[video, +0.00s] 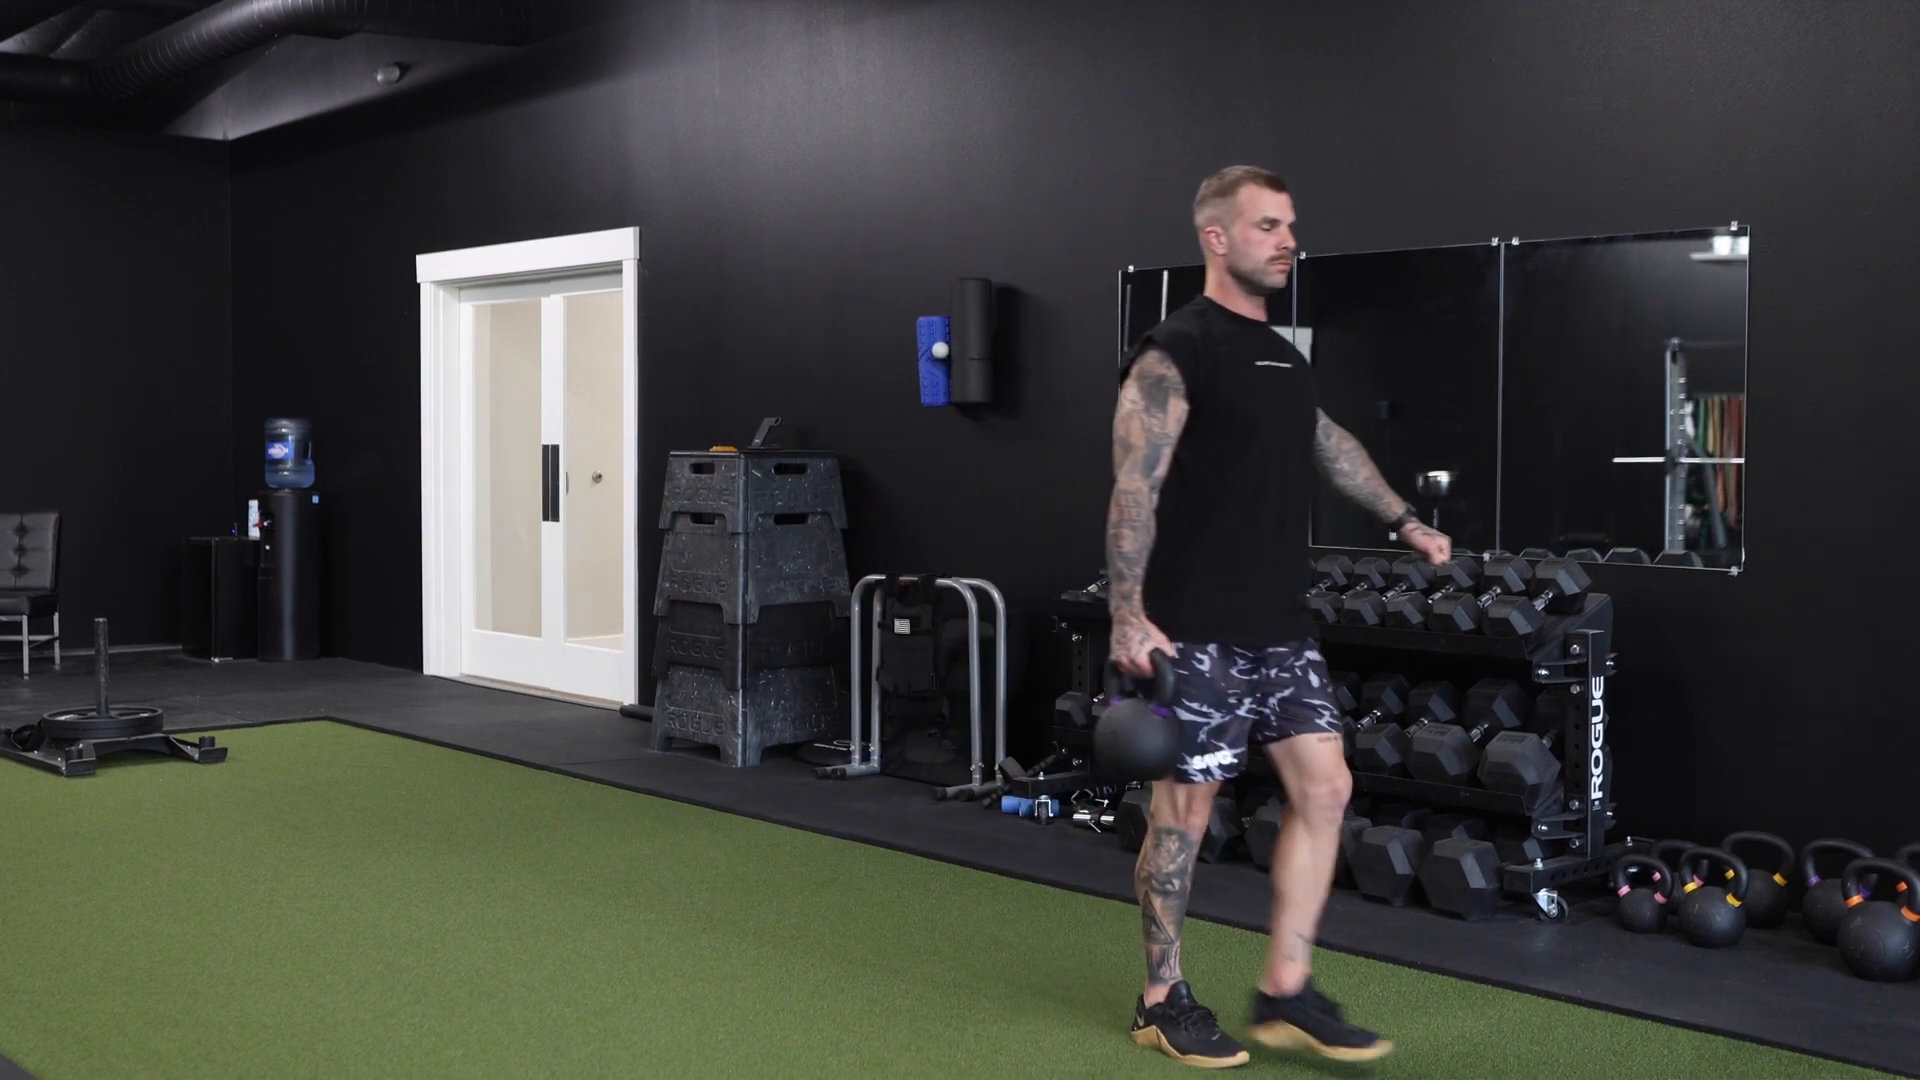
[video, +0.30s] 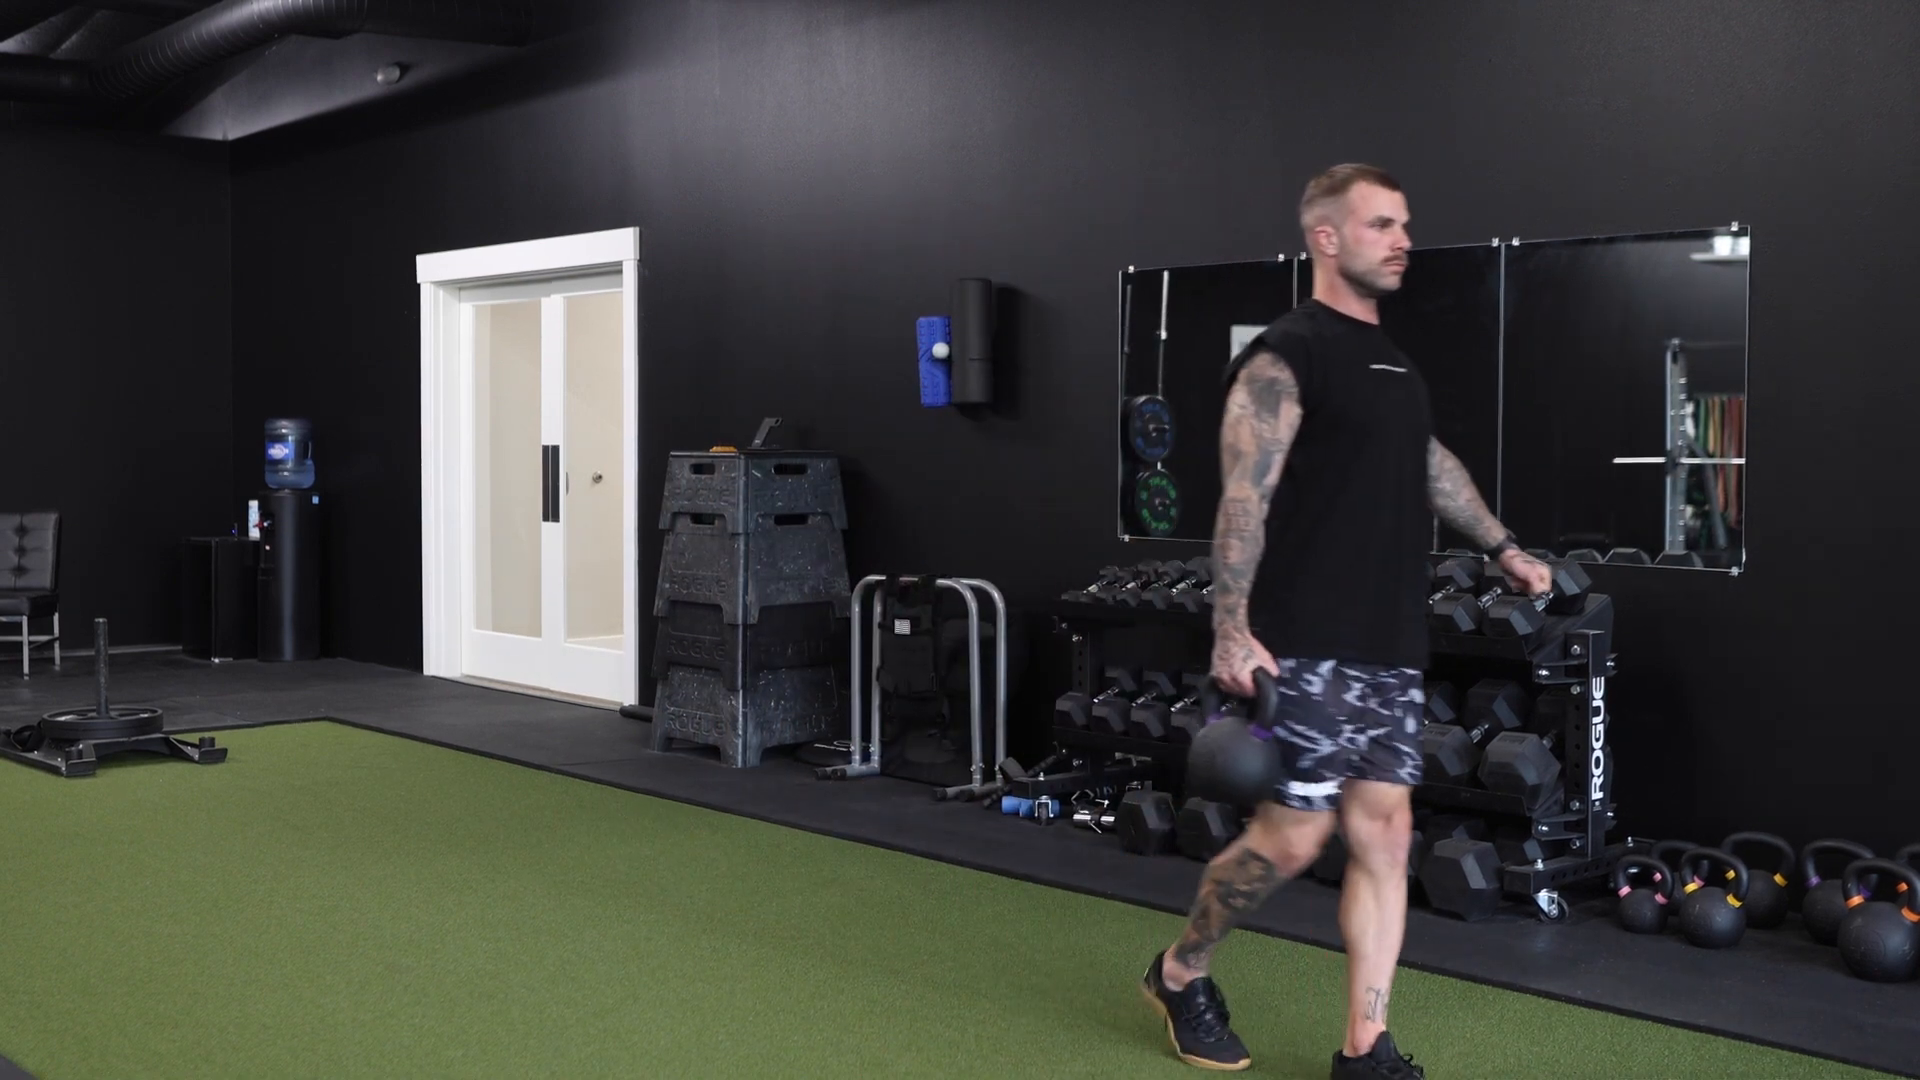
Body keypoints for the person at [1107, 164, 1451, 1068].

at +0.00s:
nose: (1287, 242)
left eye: (1290, 228)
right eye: (1267, 226)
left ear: (1283, 242)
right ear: (1213, 237)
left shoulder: (1283, 358)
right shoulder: (1172, 357)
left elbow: (1331, 445)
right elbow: (1134, 489)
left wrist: (1403, 517)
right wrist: (1126, 611)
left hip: (1282, 626)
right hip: (1196, 627)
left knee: (1323, 791)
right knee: (1183, 808)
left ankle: (1285, 992)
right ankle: (1162, 996)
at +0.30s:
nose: (1402, 242)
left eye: (1403, 227)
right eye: (1382, 226)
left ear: (1387, 240)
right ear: (1324, 238)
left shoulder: (1390, 360)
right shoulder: (1279, 360)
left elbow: (1429, 464)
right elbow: (1243, 494)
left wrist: (1503, 547)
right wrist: (1229, 622)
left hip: (1392, 644)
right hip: (1305, 643)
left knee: (1383, 832)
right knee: (1289, 838)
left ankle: (1364, 1042)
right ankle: (1179, 969)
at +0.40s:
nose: (1441, 238)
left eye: (1442, 223)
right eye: (1421, 221)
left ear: (1424, 236)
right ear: (1362, 232)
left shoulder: (1430, 360)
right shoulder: (1316, 356)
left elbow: (1469, 465)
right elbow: (1278, 495)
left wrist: (1543, 548)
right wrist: (1263, 624)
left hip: (1429, 642)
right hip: (1349, 641)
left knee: (1407, 847)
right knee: (1378, 845)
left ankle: (1367, 1044)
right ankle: (1235, 949)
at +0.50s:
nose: (1478, 232)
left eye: (1480, 217)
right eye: (1458, 216)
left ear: (1466, 232)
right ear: (1397, 228)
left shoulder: (1461, 354)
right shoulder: (1349, 351)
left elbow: (1506, 459)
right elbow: (1310, 494)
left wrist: (1584, 544)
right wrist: (1296, 626)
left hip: (1454, 633)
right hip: (1380, 633)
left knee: (1410, 845)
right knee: (1470, 821)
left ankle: (1370, 1038)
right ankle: (1319, 965)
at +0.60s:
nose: (1516, 229)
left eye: (1518, 213)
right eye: (1494, 213)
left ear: (1503, 227)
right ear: (1433, 225)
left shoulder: (1497, 356)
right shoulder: (1386, 351)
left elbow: (1546, 460)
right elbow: (1345, 497)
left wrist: (1627, 542)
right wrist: (1331, 632)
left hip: (1483, 635)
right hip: (1415, 634)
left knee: (1426, 854)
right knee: (1524, 815)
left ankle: (1363, 1048)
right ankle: (1439, 1022)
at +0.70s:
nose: (1555, 227)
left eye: (1556, 211)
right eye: (1534, 211)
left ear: (1543, 226)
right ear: (1471, 224)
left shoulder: (1532, 348)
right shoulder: (1423, 351)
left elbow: (1581, 459)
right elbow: (1381, 500)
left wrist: (1666, 543)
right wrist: (1367, 637)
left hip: (1518, 640)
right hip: (1449, 641)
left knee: (1438, 854)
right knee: (1540, 843)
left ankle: (1366, 1046)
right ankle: (1563, 1067)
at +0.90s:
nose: (1636, 223)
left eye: (1637, 206)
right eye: (1612, 205)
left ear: (1622, 220)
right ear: (1548, 220)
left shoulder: (1620, 352)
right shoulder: (1501, 351)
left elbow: (1669, 464)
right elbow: (1451, 505)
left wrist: (1748, 545)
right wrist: (1439, 646)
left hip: (1605, 654)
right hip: (1536, 657)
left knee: (1533, 867)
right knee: (1590, 882)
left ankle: (1400, 1024)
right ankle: (1619, 1072)